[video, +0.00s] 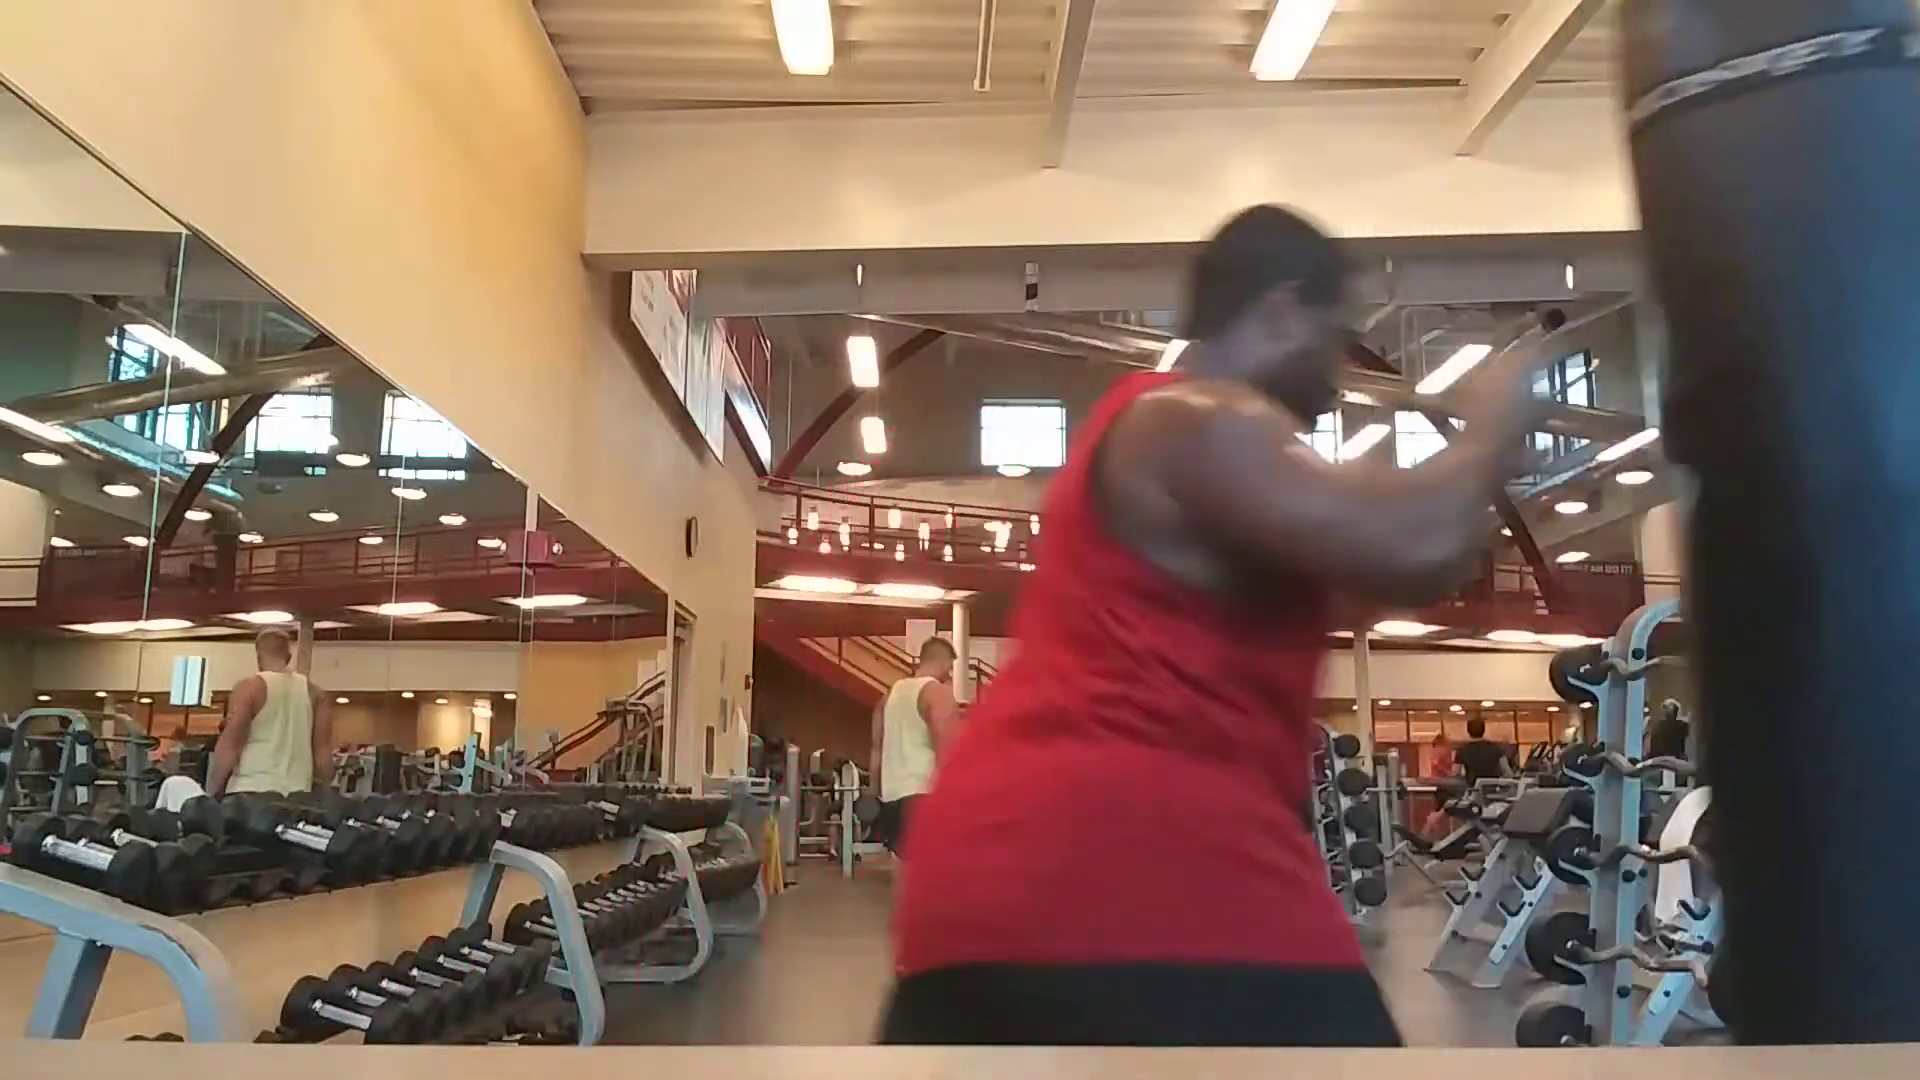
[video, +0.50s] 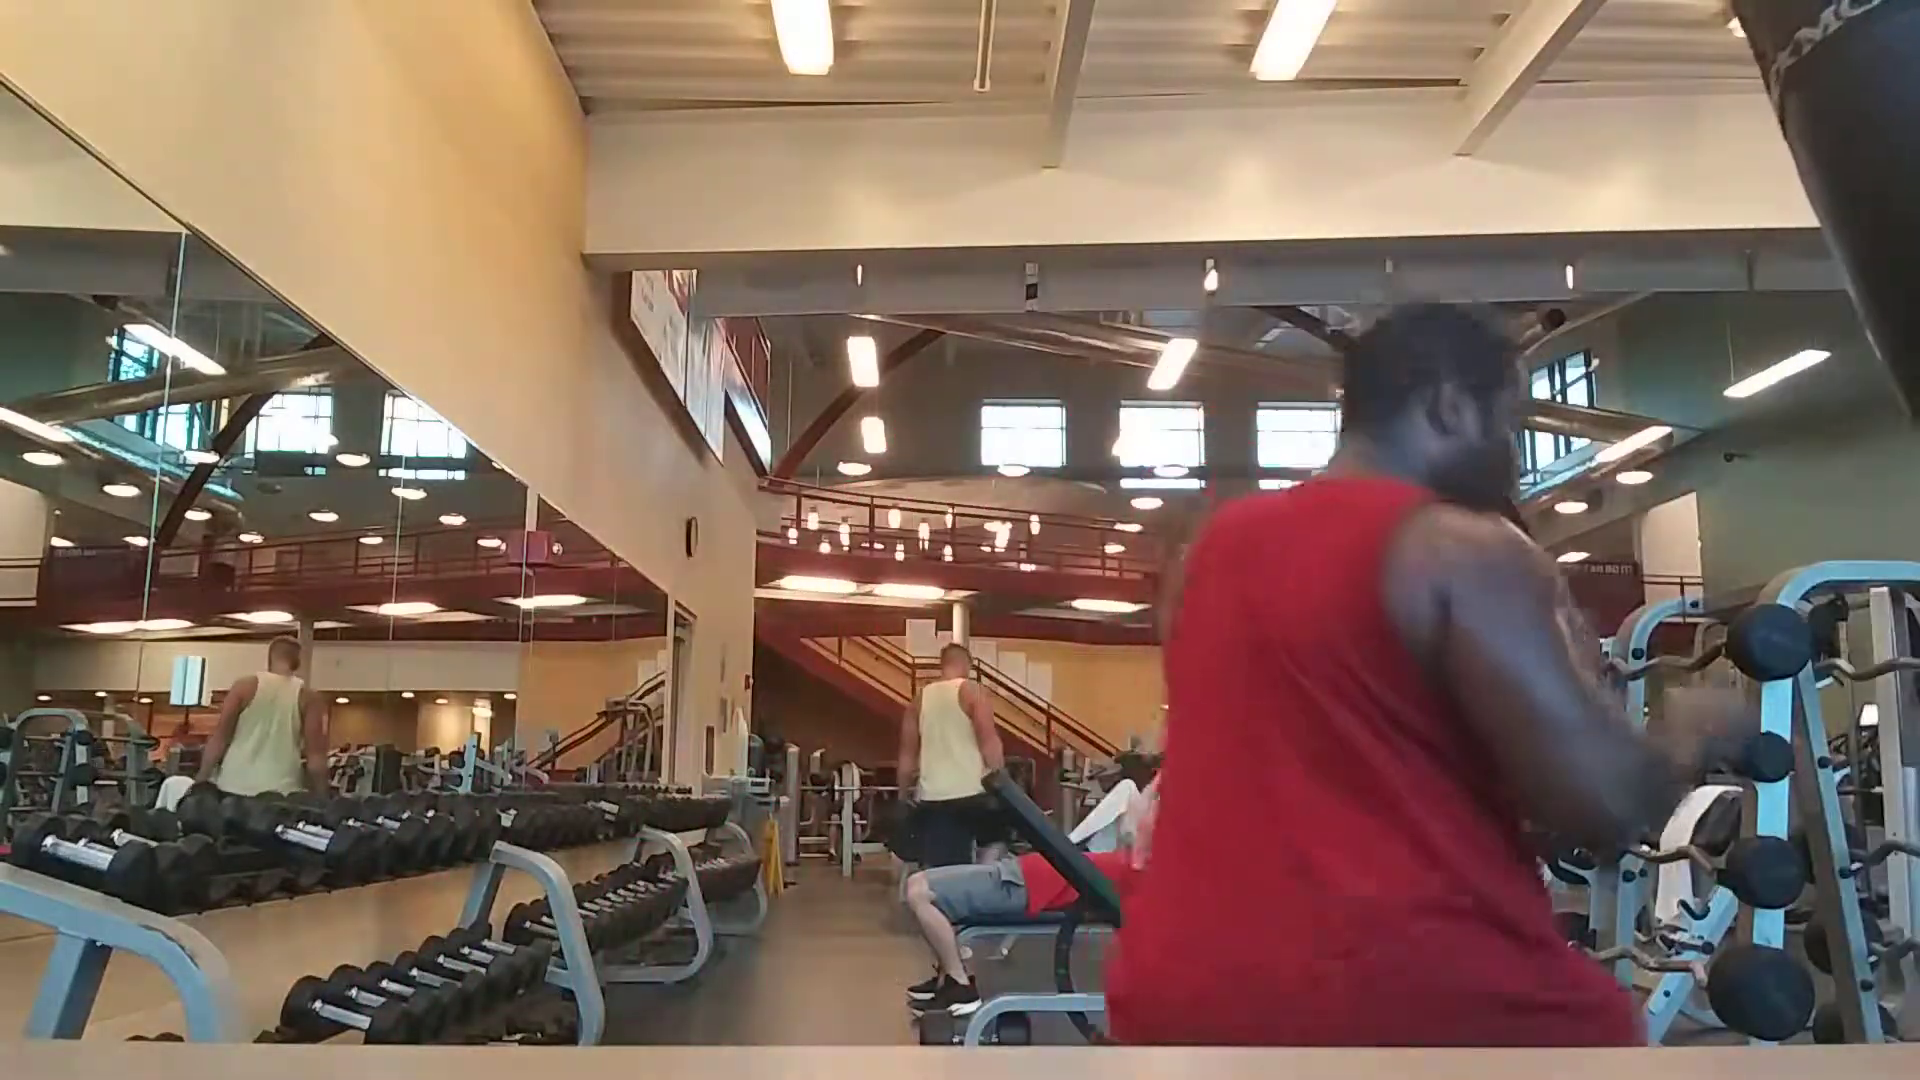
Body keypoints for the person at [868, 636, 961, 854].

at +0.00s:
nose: (950, 672)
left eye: (952, 666)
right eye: (951, 665)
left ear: (921, 660)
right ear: (945, 665)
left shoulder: (893, 692)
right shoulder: (937, 692)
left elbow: (877, 746)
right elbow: (947, 750)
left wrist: (875, 789)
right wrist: (953, 793)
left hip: (892, 796)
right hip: (924, 796)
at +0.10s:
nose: (953, 677)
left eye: (954, 672)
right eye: (954, 672)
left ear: (923, 663)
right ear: (949, 668)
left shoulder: (895, 701)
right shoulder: (944, 694)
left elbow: (883, 758)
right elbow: (955, 750)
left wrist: (884, 799)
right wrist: (972, 798)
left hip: (902, 805)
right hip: (938, 802)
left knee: (920, 879)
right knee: (941, 886)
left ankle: (910, 950)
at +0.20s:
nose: (956, 675)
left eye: (957, 669)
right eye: (957, 669)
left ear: (928, 665)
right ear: (953, 667)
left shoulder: (901, 704)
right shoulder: (952, 695)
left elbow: (891, 759)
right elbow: (964, 746)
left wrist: (886, 803)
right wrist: (979, 793)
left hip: (913, 804)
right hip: (948, 802)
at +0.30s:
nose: (960, 672)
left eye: (959, 667)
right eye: (960, 667)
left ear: (932, 665)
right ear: (957, 666)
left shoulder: (908, 703)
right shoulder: (955, 694)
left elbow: (898, 759)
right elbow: (972, 747)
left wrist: (892, 799)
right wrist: (982, 786)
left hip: (921, 805)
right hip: (957, 804)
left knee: (930, 877)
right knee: (960, 877)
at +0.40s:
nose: (966, 672)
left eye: (966, 667)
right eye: (966, 667)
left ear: (937, 665)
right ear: (962, 665)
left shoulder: (913, 704)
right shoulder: (964, 691)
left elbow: (902, 758)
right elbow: (980, 744)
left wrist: (898, 799)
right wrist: (991, 789)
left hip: (925, 804)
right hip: (964, 801)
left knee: (932, 877)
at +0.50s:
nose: (966, 671)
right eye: (967, 667)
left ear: (941, 666)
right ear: (967, 667)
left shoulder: (919, 699)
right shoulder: (973, 692)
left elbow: (907, 752)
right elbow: (988, 742)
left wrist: (903, 797)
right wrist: (1001, 786)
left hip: (932, 800)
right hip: (970, 797)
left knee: (938, 871)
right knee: (995, 832)